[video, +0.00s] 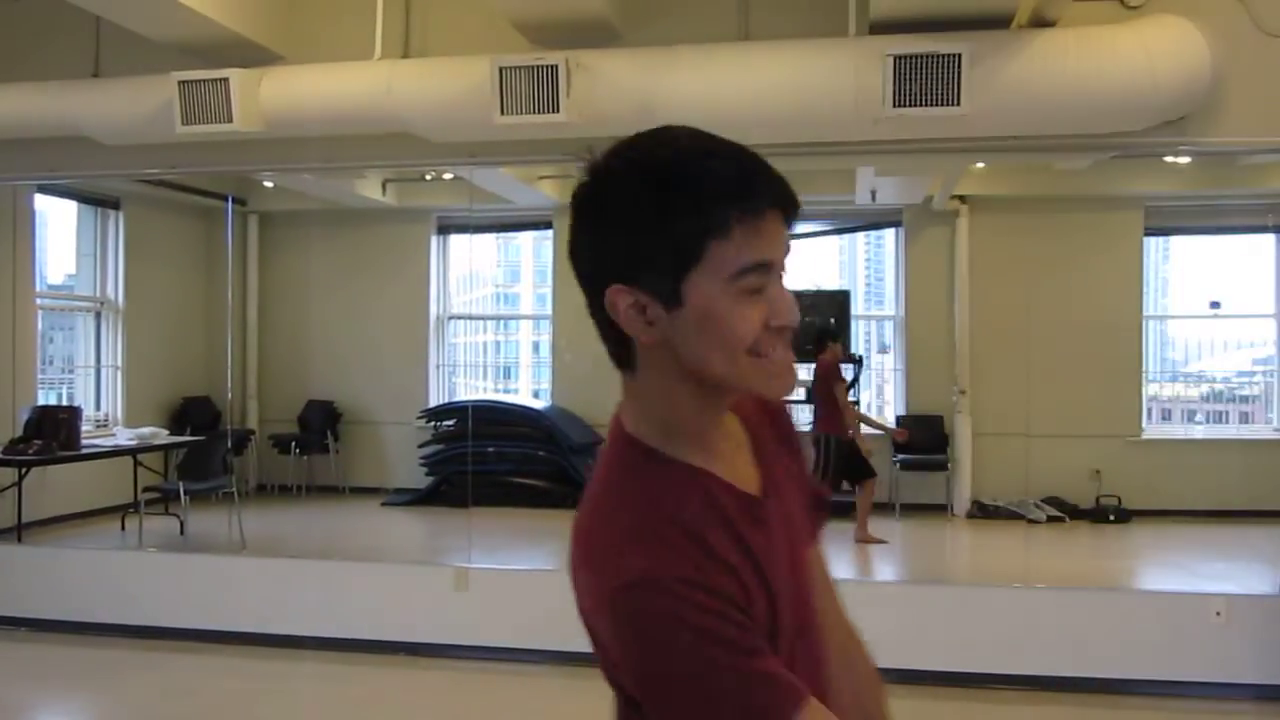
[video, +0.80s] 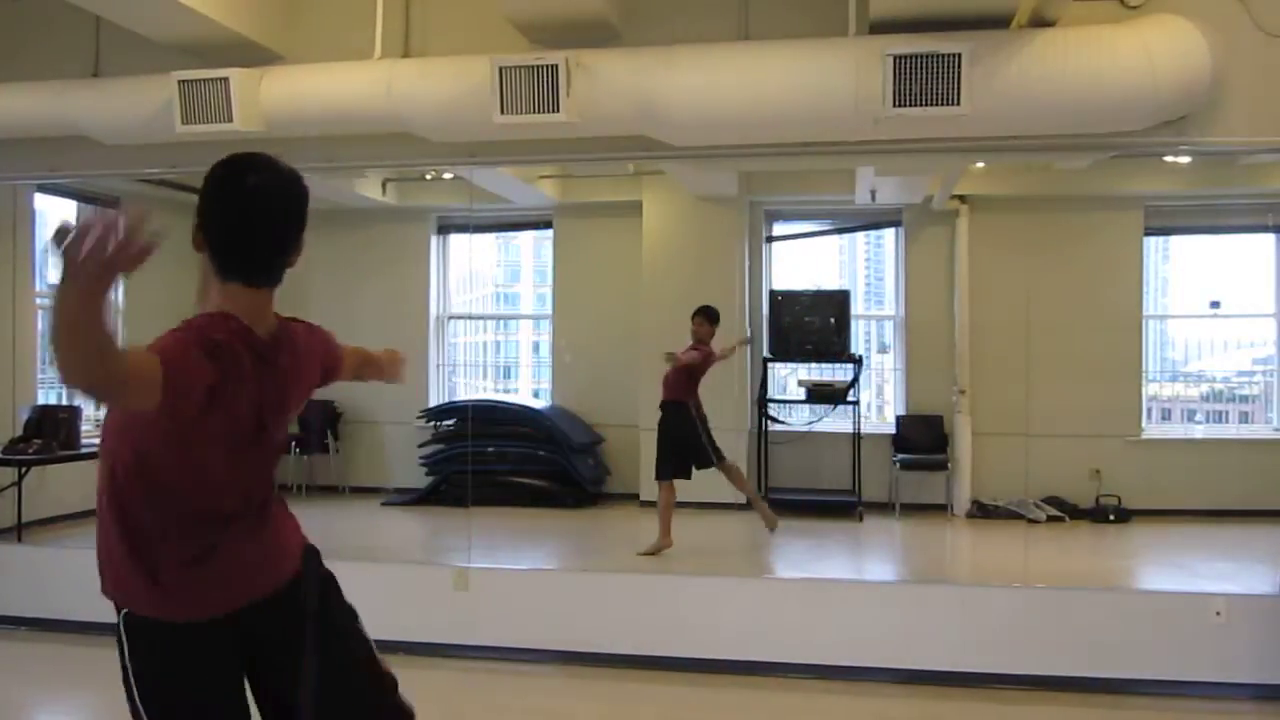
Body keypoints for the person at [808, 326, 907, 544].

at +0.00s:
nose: (843, 349)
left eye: (842, 344)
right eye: (840, 344)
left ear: (825, 348)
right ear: (829, 346)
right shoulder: (830, 368)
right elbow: (844, 407)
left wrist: (889, 430)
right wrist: (857, 439)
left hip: (832, 435)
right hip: (831, 436)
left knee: (867, 478)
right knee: (823, 488)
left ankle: (862, 531)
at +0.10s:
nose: (824, 339)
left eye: (825, 335)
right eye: (820, 335)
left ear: (814, 337)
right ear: (807, 336)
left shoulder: (807, 360)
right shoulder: (804, 358)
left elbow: (829, 396)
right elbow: (819, 395)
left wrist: (859, 417)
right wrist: (836, 421)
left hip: (814, 430)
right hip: (797, 430)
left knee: (839, 479)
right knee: (781, 485)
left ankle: (857, 527)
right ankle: (767, 532)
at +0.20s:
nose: (798, 320)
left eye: (802, 316)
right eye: (793, 315)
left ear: (807, 320)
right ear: (785, 319)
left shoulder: (808, 351)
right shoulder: (778, 345)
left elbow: (820, 388)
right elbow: (794, 381)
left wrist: (847, 415)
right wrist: (819, 401)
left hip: (799, 418)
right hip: (774, 417)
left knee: (806, 472)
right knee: (764, 472)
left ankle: (806, 525)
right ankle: (761, 527)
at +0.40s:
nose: (753, 324)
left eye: (758, 319)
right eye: (750, 320)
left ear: (768, 321)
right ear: (746, 323)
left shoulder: (784, 351)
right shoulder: (743, 348)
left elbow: (802, 386)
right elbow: (725, 365)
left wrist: (819, 420)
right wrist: (709, 359)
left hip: (760, 416)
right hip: (737, 411)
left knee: (744, 473)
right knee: (716, 461)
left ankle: (736, 527)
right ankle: (692, 512)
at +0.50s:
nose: (738, 334)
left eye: (742, 329)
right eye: (735, 330)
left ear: (753, 332)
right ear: (732, 333)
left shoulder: (768, 364)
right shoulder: (727, 363)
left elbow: (796, 396)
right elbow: (685, 378)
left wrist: (820, 424)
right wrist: (649, 381)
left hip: (746, 432)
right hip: (721, 425)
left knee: (735, 487)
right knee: (689, 471)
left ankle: (730, 536)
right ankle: (651, 512)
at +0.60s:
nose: (723, 335)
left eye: (728, 330)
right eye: (720, 330)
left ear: (739, 332)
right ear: (716, 333)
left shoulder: (750, 363)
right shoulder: (713, 364)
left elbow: (771, 384)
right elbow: (691, 390)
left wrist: (792, 402)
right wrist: (666, 411)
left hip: (729, 433)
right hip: (703, 429)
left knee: (727, 489)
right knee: (672, 475)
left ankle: (730, 534)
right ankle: (645, 521)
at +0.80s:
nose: (696, 328)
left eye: (702, 324)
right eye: (695, 323)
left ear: (713, 328)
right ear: (691, 325)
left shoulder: (703, 351)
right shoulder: (701, 352)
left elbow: (690, 358)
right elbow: (721, 354)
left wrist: (676, 358)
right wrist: (737, 345)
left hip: (688, 412)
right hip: (670, 414)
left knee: (720, 463)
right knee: (664, 479)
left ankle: (760, 505)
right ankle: (664, 537)